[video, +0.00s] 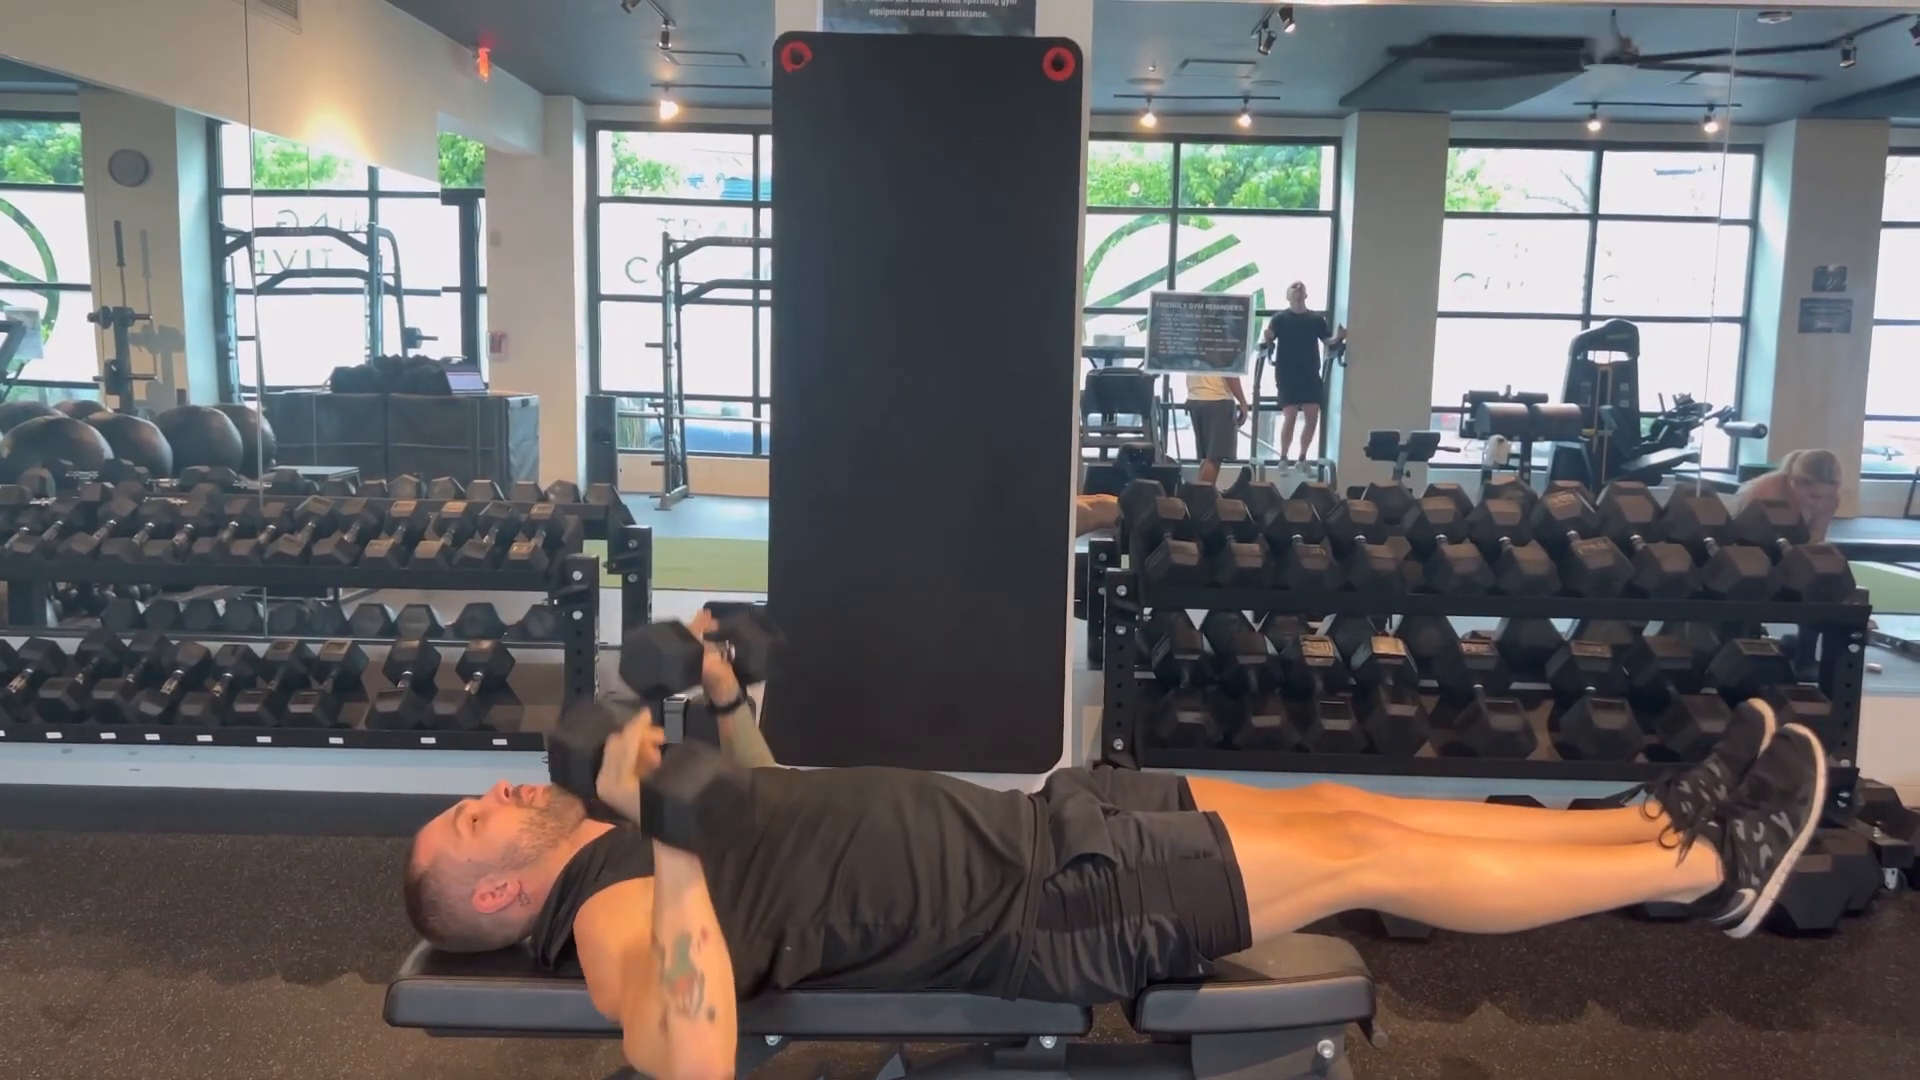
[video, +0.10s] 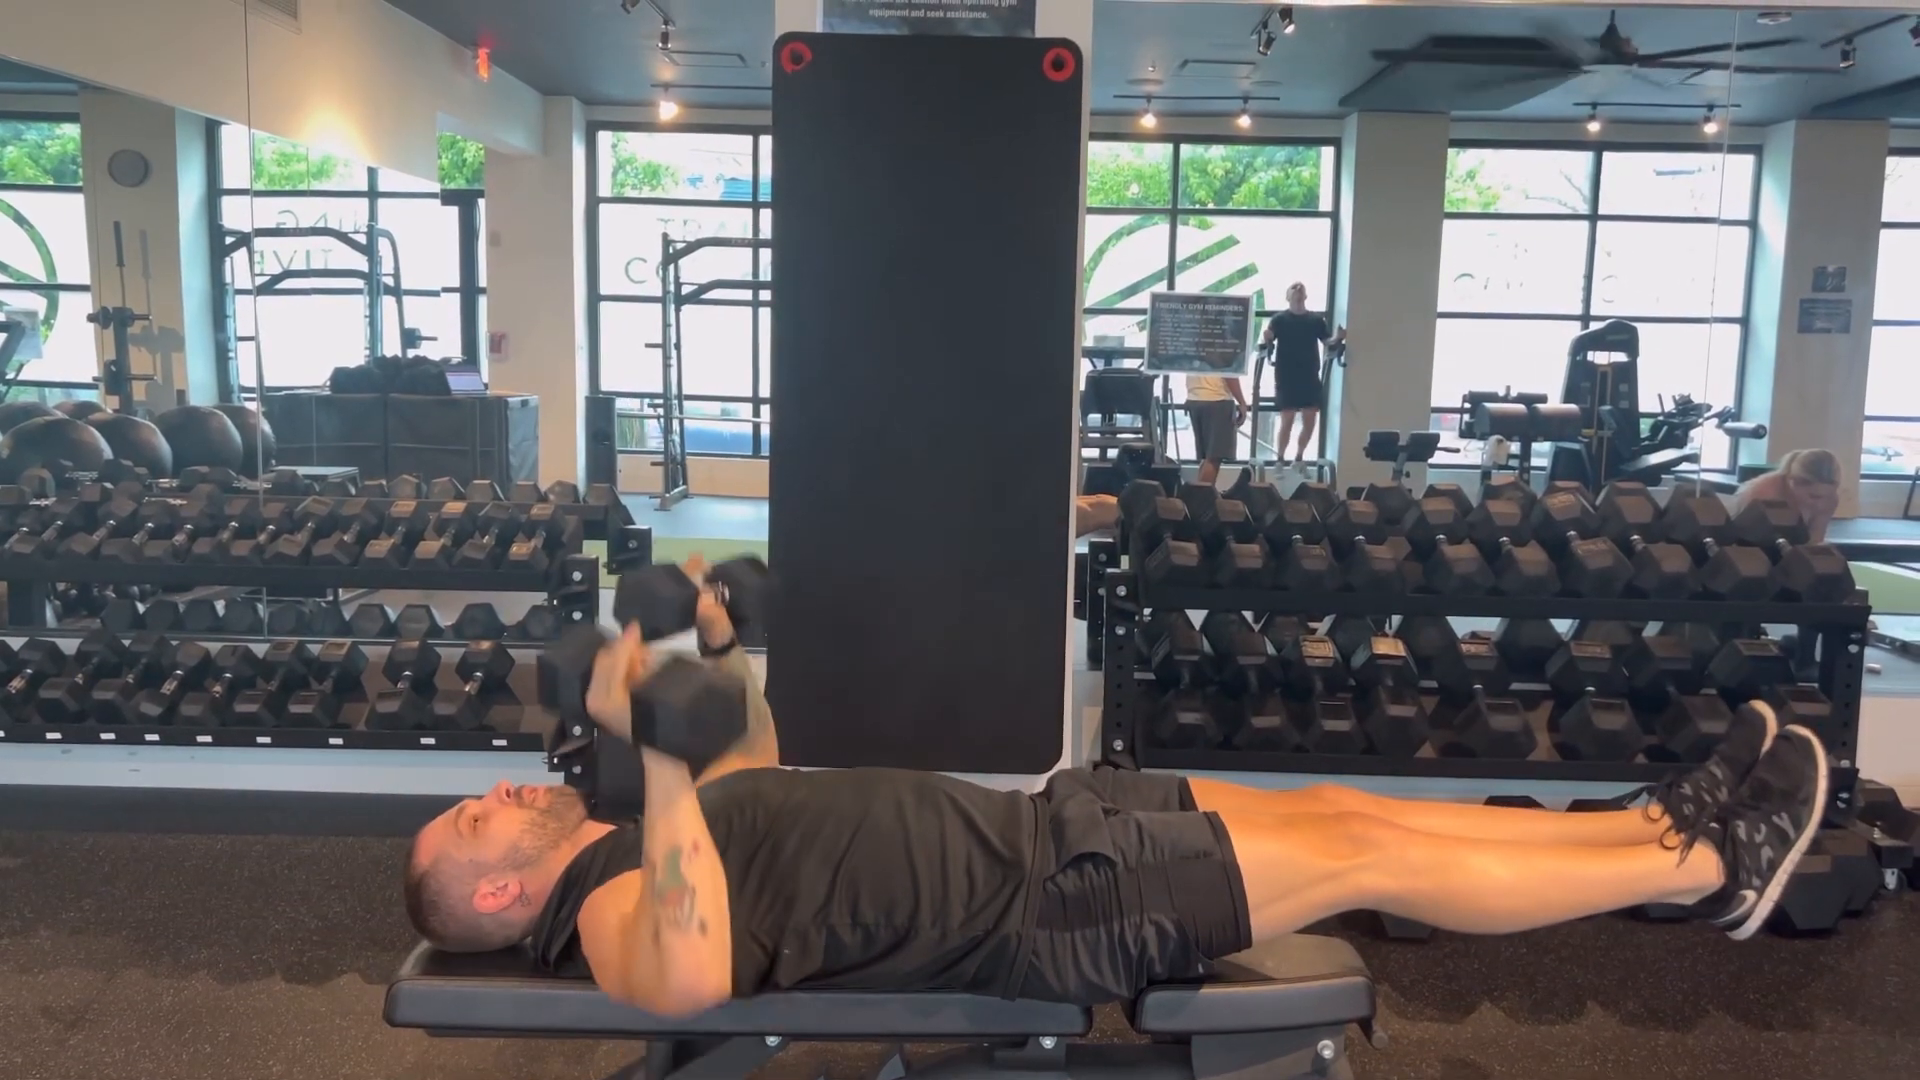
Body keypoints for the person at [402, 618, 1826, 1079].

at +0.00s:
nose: (503, 787)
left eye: (480, 795)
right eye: (483, 813)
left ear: (523, 847)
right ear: (510, 880)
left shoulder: (624, 830)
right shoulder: (620, 905)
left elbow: (723, 779)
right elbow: (684, 1056)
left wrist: (710, 714)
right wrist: (651, 856)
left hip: (1057, 809)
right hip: (1062, 890)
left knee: (1344, 805)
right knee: (1367, 854)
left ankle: (1665, 830)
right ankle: (1704, 866)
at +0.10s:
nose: (517, 798)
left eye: (493, 805)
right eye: (487, 832)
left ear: (528, 819)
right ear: (494, 897)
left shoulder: (623, 826)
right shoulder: (605, 919)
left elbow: (737, 751)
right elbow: (689, 984)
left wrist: (664, 662)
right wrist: (663, 783)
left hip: (1039, 824)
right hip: (1041, 898)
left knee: (1354, 815)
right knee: (1365, 848)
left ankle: (1669, 828)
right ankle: (1699, 865)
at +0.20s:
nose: (505, 805)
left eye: (487, 810)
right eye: (477, 838)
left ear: (534, 818)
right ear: (496, 907)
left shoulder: (647, 824)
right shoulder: (626, 923)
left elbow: (743, 705)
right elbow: (679, 825)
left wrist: (690, 589)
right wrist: (643, 643)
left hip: (1045, 817)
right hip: (1049, 898)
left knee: (1353, 814)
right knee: (1360, 862)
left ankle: (1677, 832)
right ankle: (1702, 872)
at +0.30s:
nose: (504, 806)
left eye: (483, 812)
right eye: (482, 839)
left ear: (537, 827)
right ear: (514, 911)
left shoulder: (653, 821)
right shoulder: (631, 917)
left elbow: (724, 688)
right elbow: (647, 745)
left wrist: (692, 544)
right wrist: (621, 566)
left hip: (1056, 814)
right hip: (1064, 890)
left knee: (1353, 803)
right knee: (1376, 862)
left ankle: (1662, 820)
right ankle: (1708, 866)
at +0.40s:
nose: (503, 805)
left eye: (481, 809)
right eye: (483, 841)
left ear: (535, 835)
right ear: (520, 911)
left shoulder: (651, 836)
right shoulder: (630, 913)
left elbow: (709, 686)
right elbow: (631, 706)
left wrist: (679, 511)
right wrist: (616, 517)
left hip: (1050, 809)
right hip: (1051, 888)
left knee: (1346, 780)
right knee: (1368, 842)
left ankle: (1675, 790)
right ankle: (1701, 831)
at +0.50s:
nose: (503, 799)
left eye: (481, 805)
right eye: (484, 834)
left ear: (536, 844)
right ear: (520, 906)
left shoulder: (653, 823)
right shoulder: (628, 899)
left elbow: (698, 656)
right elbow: (631, 688)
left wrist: (651, 494)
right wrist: (613, 508)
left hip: (1043, 813)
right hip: (1050, 895)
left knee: (1333, 746)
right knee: (1346, 774)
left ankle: (1668, 708)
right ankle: (1686, 731)